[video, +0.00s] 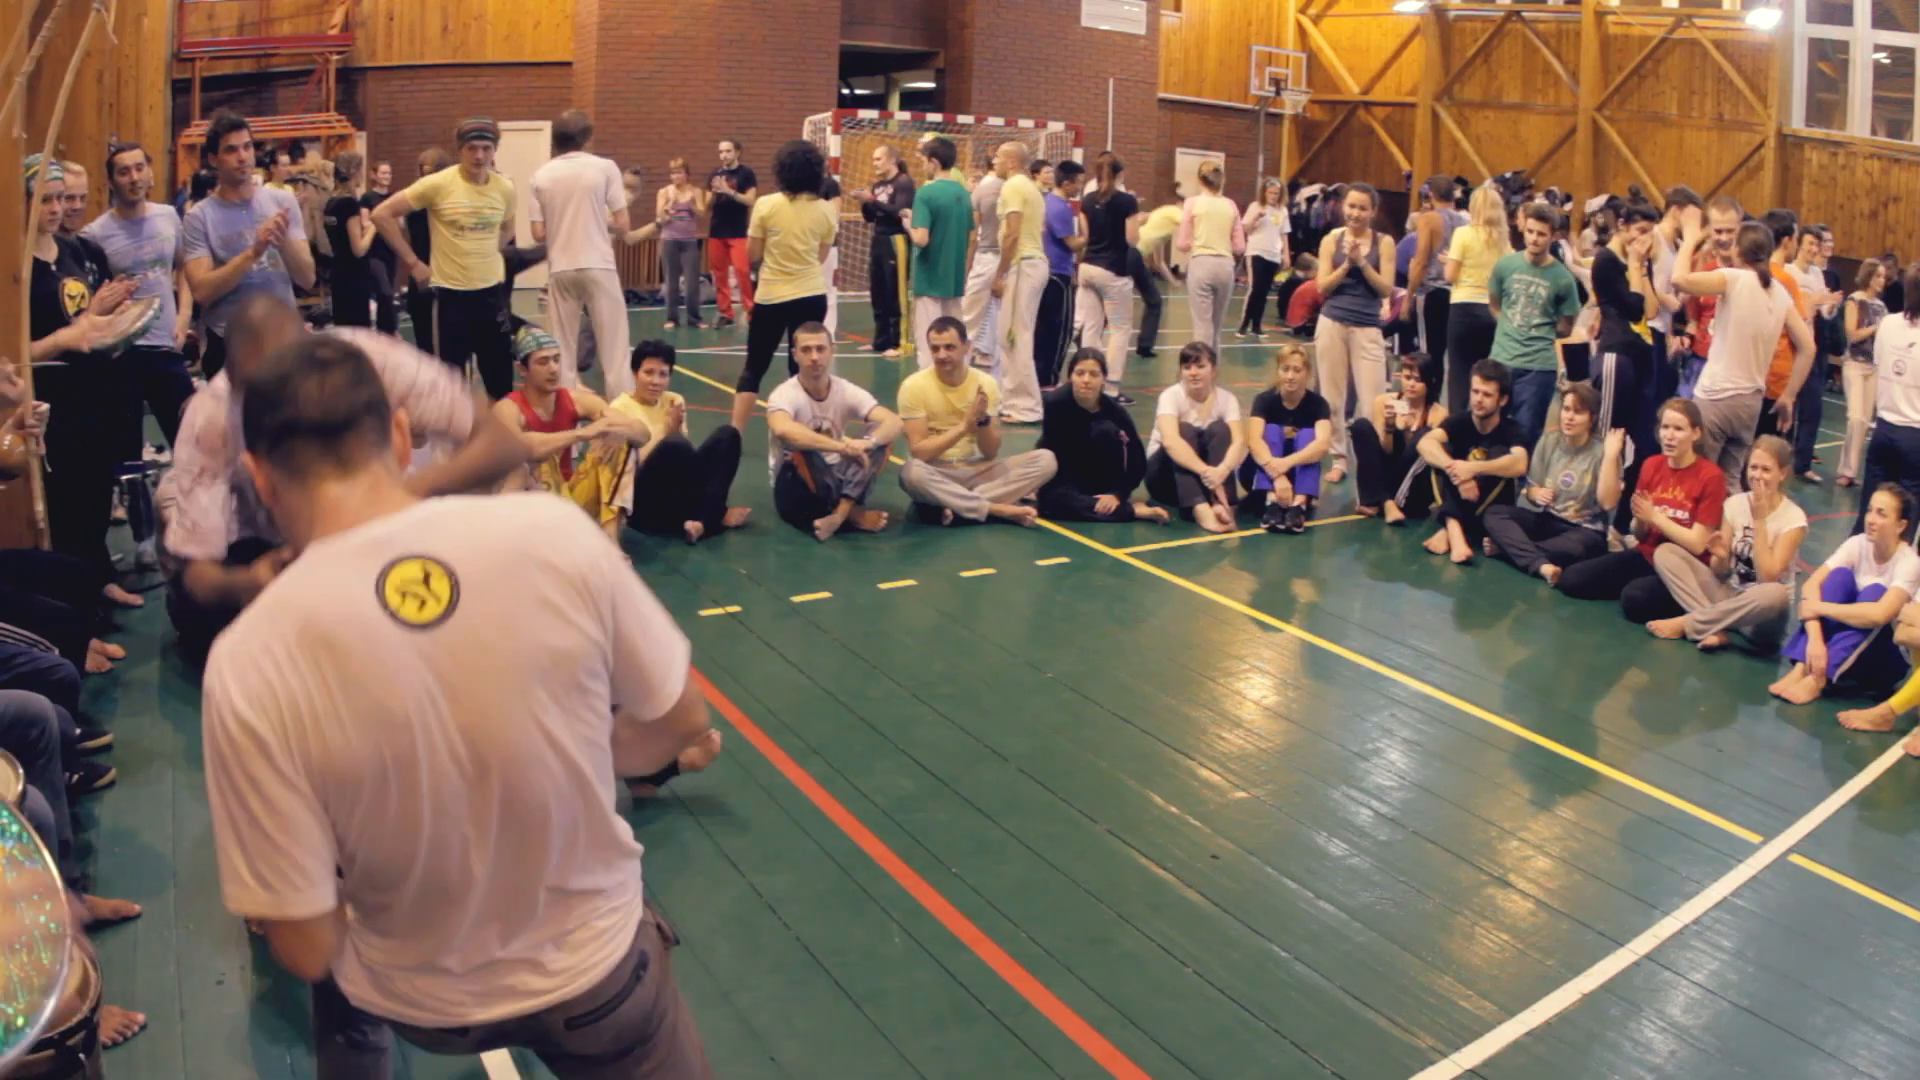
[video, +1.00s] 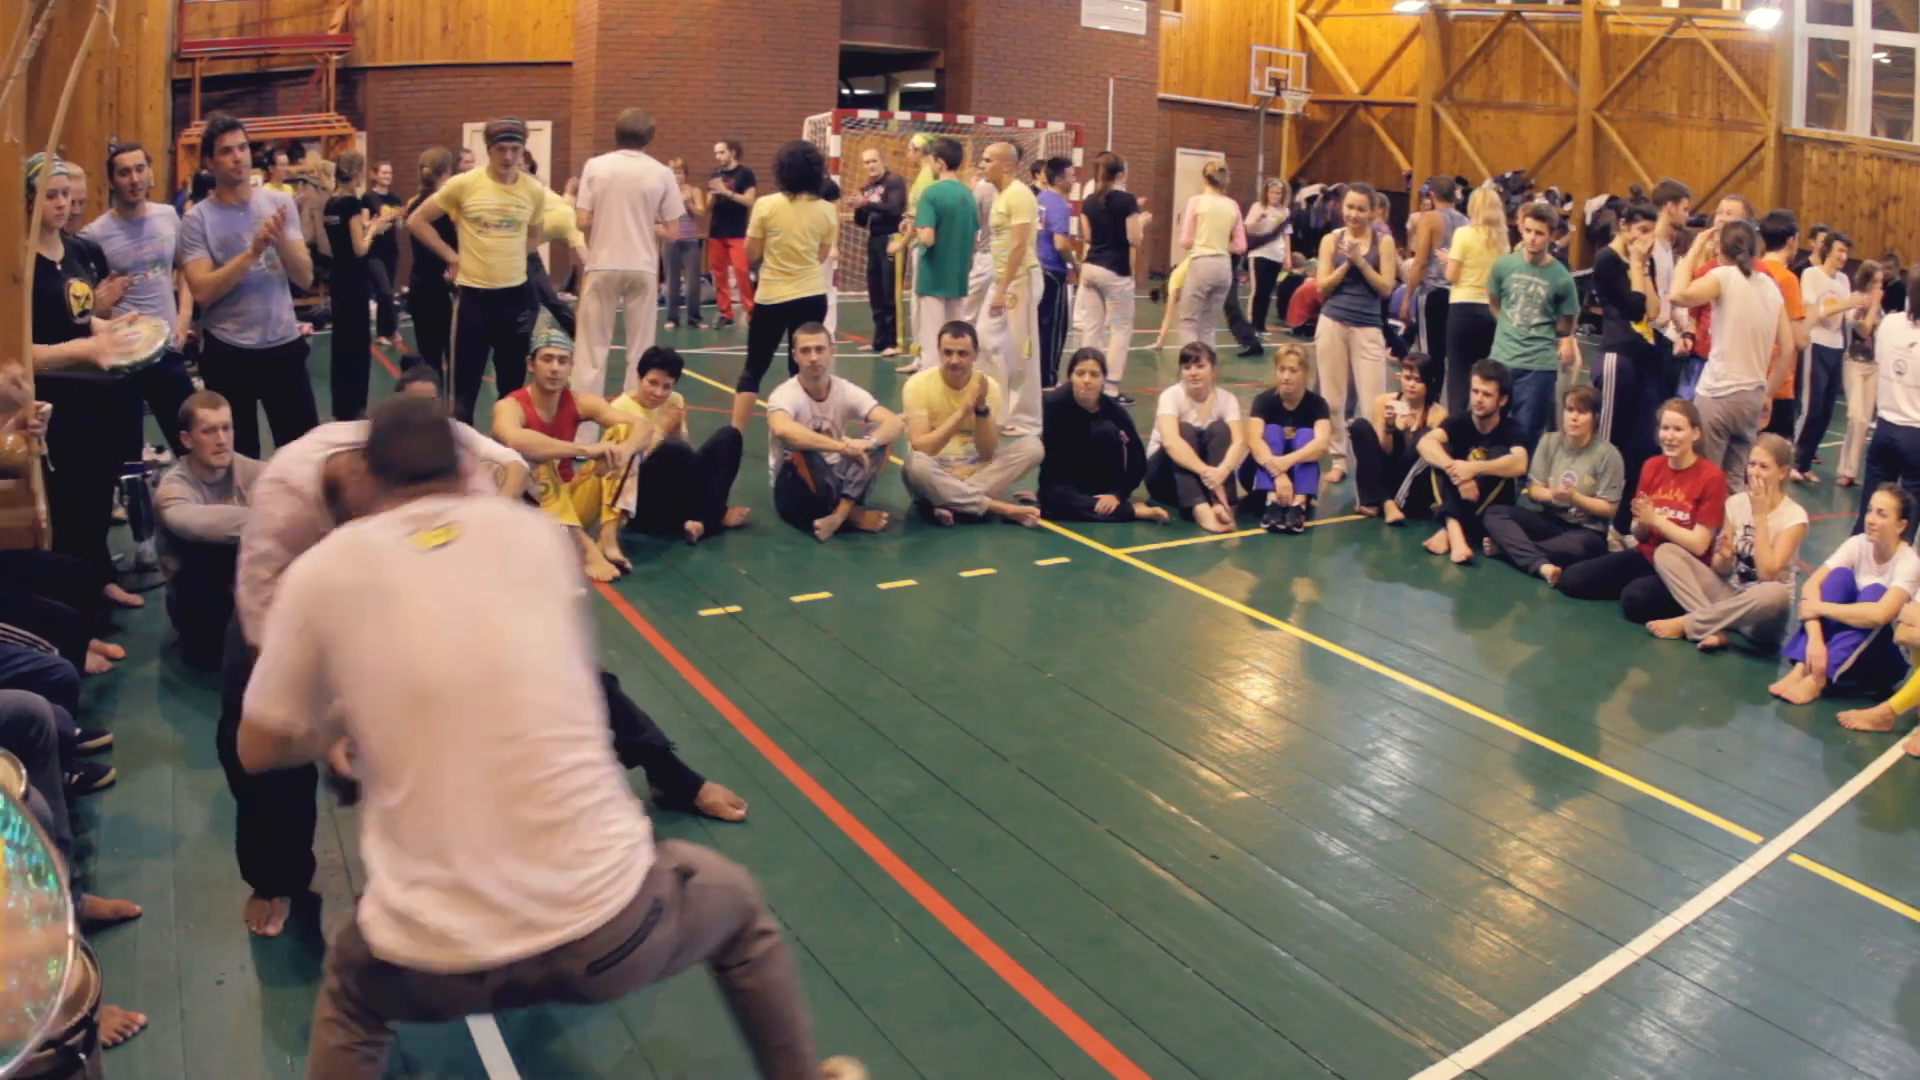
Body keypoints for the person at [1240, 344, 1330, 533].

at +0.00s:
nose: (1290, 376)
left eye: (1296, 371)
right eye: (1285, 370)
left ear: (1307, 374)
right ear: (1278, 372)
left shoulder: (1318, 404)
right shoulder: (1264, 401)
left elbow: (1322, 445)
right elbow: (1254, 440)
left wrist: (1285, 463)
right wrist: (1278, 477)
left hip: (1298, 480)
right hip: (1261, 476)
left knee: (1307, 434)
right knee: (1272, 430)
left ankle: (1300, 500)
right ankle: (1272, 500)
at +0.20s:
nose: (1290, 376)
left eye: (1296, 371)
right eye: (1285, 370)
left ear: (1307, 374)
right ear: (1278, 372)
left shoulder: (1318, 405)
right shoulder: (1264, 401)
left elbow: (1323, 447)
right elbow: (1253, 440)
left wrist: (1285, 465)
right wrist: (1278, 479)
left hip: (1299, 481)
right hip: (1262, 477)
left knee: (1308, 434)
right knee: (1272, 430)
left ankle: (1300, 501)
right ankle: (1272, 500)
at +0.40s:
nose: (1289, 378)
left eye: (1296, 373)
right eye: (1284, 372)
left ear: (1307, 376)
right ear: (1277, 373)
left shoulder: (1318, 406)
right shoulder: (1264, 402)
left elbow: (1323, 449)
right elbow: (1253, 442)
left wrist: (1285, 466)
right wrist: (1278, 479)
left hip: (1299, 481)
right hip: (1262, 477)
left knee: (1308, 434)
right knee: (1271, 430)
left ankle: (1300, 501)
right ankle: (1272, 500)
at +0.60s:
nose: (1289, 379)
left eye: (1296, 374)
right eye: (1284, 373)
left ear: (1307, 376)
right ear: (1278, 374)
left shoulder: (1318, 406)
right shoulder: (1264, 402)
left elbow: (1322, 449)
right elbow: (1253, 442)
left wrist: (1284, 465)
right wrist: (1279, 478)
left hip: (1299, 481)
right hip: (1262, 478)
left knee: (1307, 435)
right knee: (1272, 430)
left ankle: (1300, 501)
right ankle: (1272, 500)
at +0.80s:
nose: (1289, 377)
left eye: (1295, 372)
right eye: (1284, 371)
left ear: (1307, 375)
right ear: (1277, 373)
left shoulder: (1318, 405)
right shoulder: (1264, 401)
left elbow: (1322, 446)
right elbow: (1254, 440)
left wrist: (1285, 463)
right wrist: (1279, 477)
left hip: (1299, 481)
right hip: (1262, 477)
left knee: (1307, 434)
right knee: (1273, 430)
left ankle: (1300, 501)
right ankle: (1272, 500)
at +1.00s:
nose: (1286, 376)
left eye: (1293, 371)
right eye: (1282, 370)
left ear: (1305, 374)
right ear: (1276, 372)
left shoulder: (1317, 403)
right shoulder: (1263, 401)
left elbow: (1322, 443)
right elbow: (1253, 439)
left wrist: (1286, 461)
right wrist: (1279, 475)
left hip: (1299, 481)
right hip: (1262, 477)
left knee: (1306, 434)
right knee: (1273, 430)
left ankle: (1299, 501)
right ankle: (1272, 499)